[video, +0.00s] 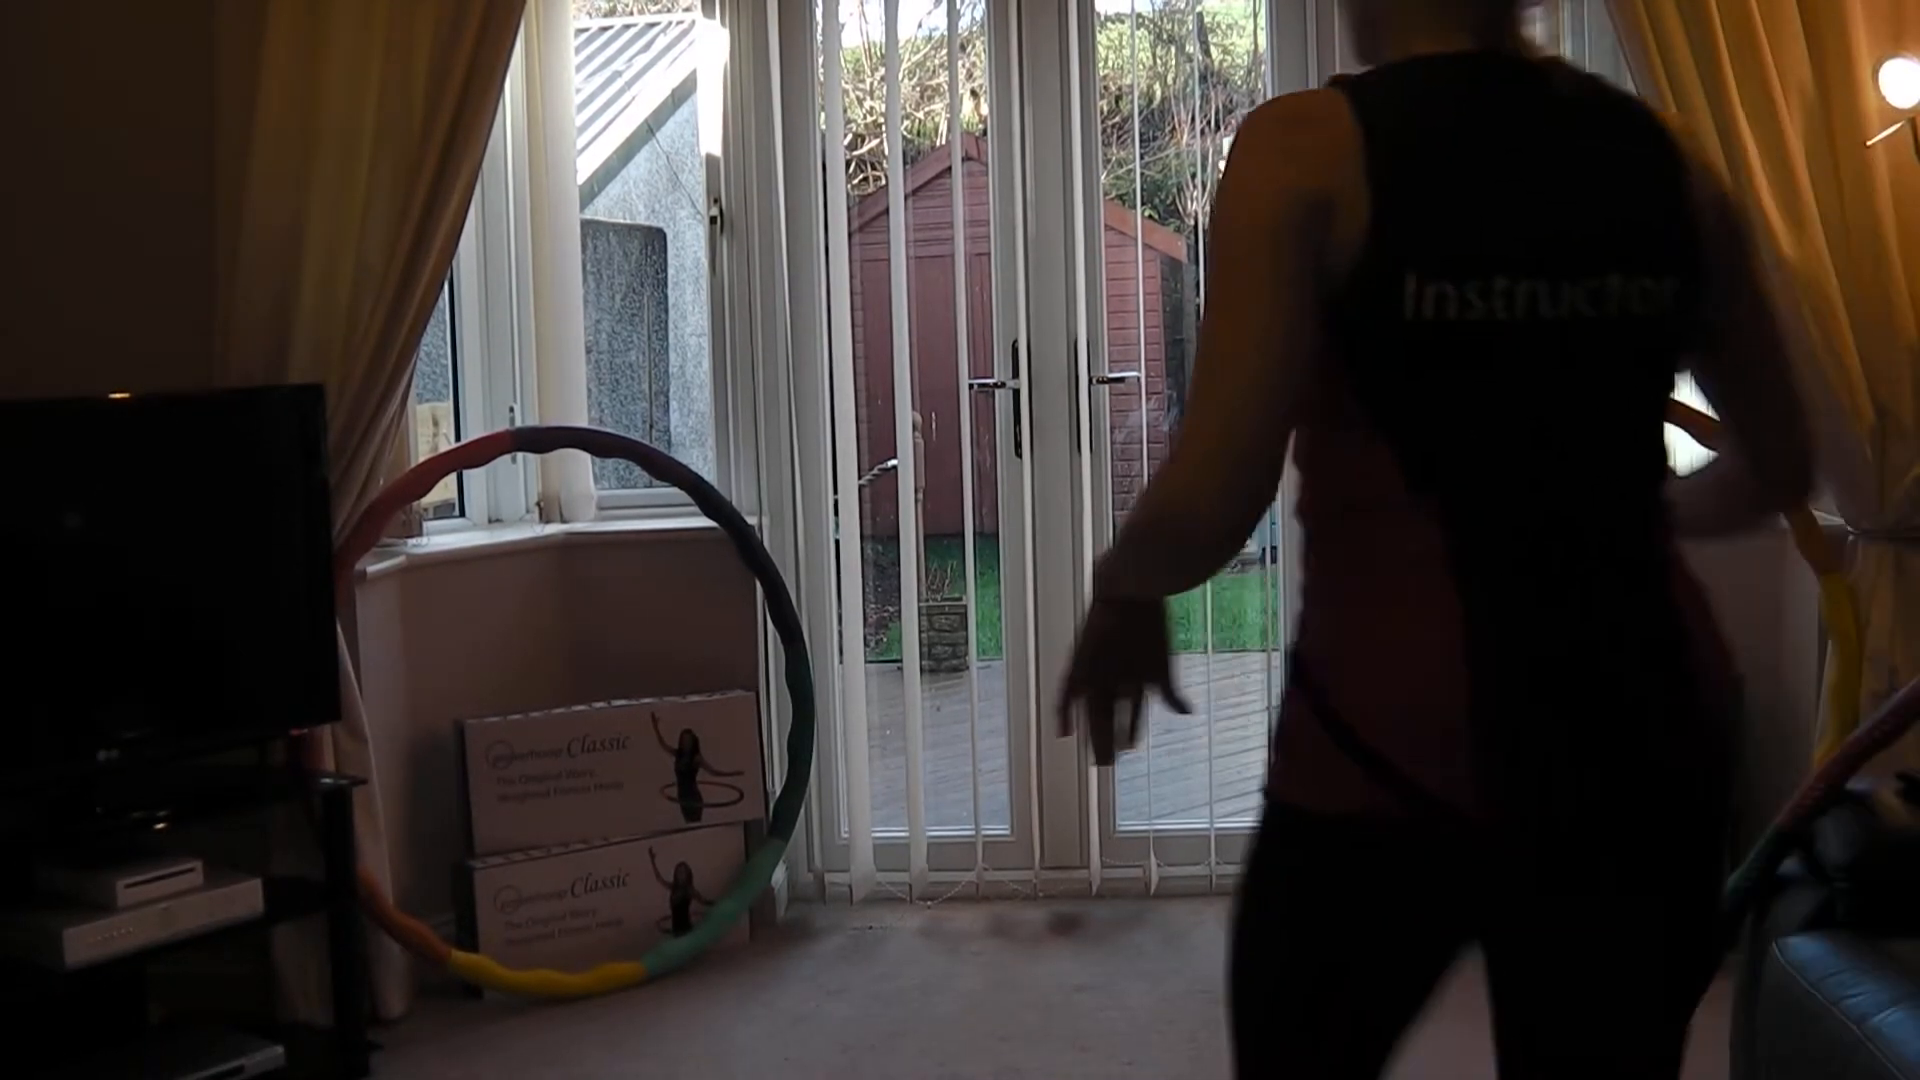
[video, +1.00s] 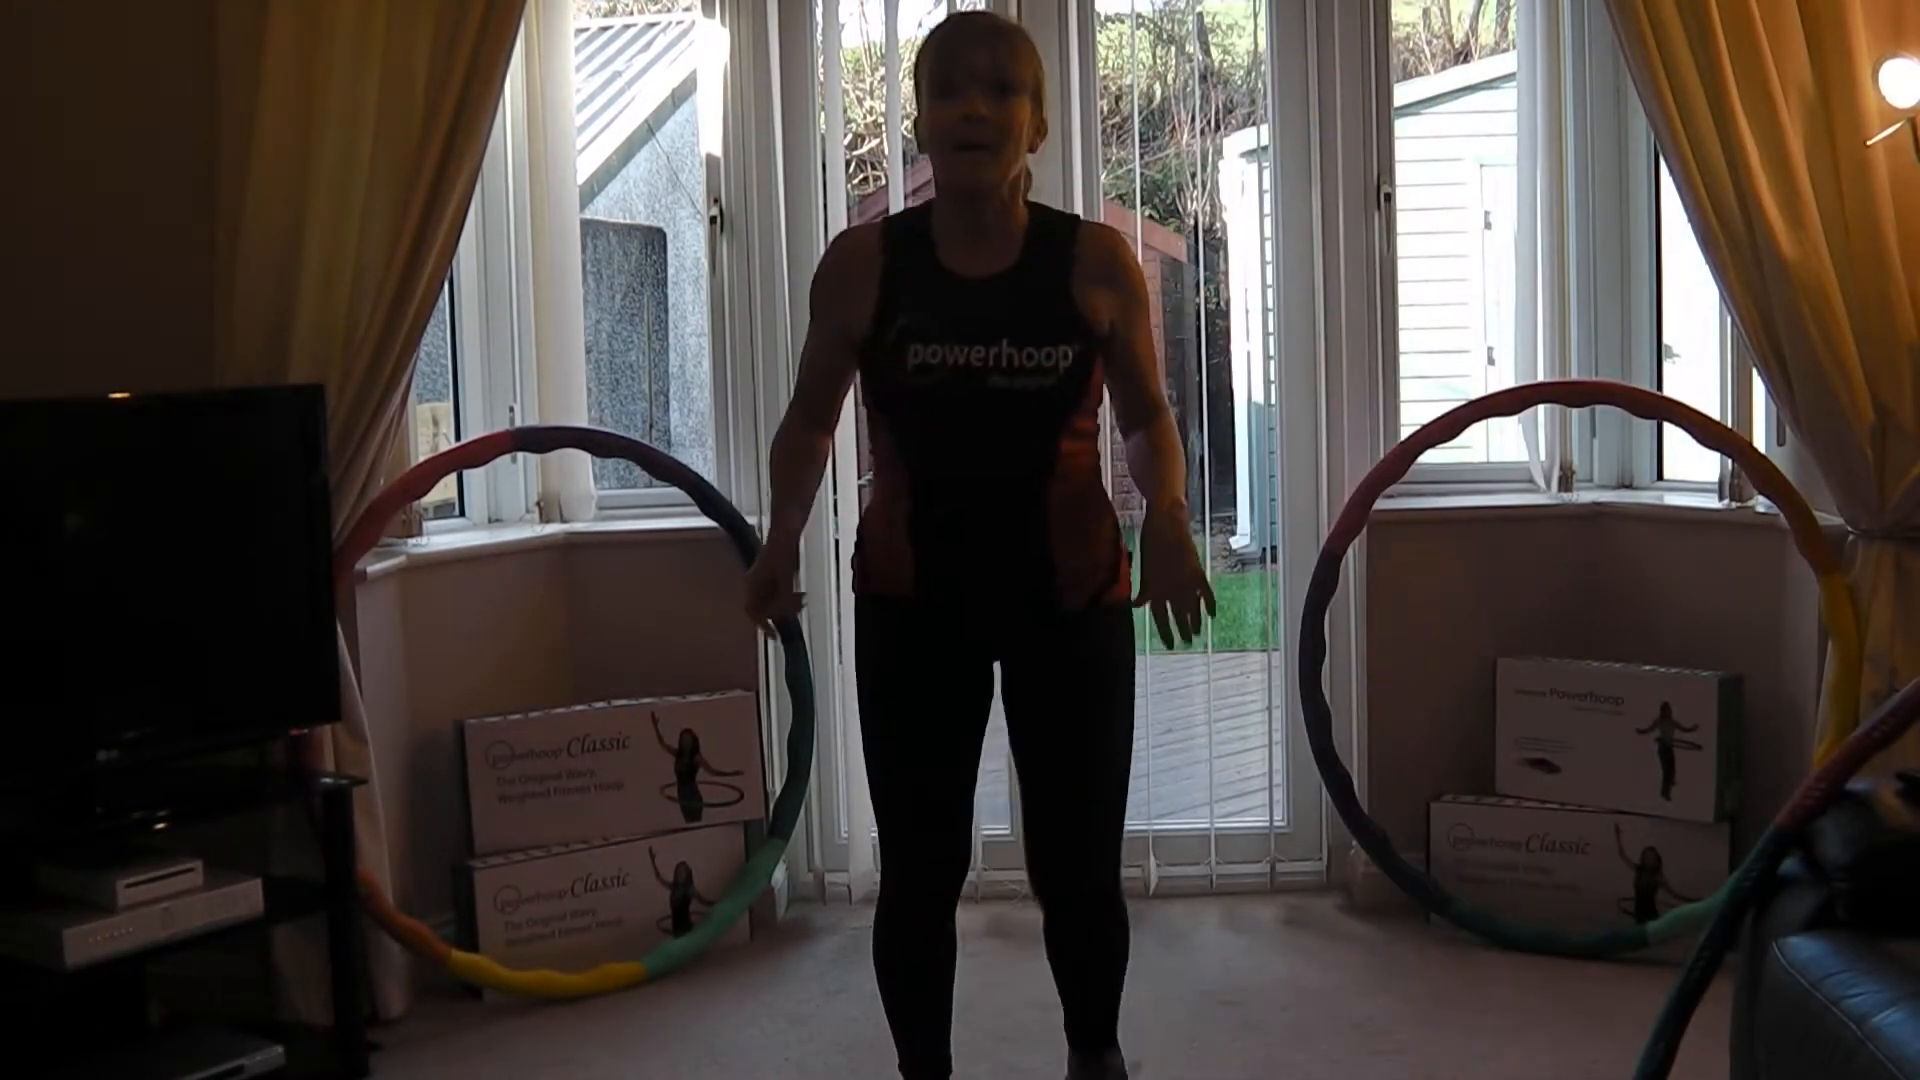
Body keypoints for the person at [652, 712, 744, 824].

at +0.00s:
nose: (684, 742)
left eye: (688, 739)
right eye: (683, 739)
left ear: (693, 742)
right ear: (680, 741)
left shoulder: (696, 758)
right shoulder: (678, 754)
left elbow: (713, 772)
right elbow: (662, 744)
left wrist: (733, 774)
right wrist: (655, 726)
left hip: (693, 794)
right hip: (682, 794)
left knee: (696, 827)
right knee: (690, 827)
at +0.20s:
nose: (685, 741)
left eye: (688, 739)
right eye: (683, 739)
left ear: (693, 741)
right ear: (680, 741)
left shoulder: (696, 757)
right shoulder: (678, 754)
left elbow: (712, 772)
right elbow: (662, 744)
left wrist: (732, 774)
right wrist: (655, 726)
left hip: (693, 794)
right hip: (682, 794)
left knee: (696, 827)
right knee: (691, 827)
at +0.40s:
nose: (685, 742)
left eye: (688, 739)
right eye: (683, 739)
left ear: (693, 742)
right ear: (680, 741)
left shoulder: (696, 757)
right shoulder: (678, 755)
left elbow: (713, 772)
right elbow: (662, 743)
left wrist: (732, 773)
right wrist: (655, 726)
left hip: (693, 795)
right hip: (682, 795)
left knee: (696, 828)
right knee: (691, 828)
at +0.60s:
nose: (685, 742)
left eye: (688, 739)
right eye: (683, 739)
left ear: (693, 742)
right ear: (680, 741)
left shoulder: (696, 757)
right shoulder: (678, 754)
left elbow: (712, 772)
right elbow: (662, 744)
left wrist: (732, 774)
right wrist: (655, 726)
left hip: (693, 795)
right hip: (682, 795)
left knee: (695, 829)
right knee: (691, 829)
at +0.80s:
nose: (685, 742)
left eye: (688, 739)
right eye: (683, 739)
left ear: (693, 742)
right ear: (680, 741)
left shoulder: (696, 757)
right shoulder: (678, 754)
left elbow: (712, 772)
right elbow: (662, 744)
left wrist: (732, 774)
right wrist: (655, 726)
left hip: (693, 795)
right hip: (682, 795)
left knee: (695, 829)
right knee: (691, 829)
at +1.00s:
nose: (685, 742)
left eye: (688, 739)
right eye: (683, 739)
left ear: (693, 742)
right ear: (680, 741)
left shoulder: (696, 757)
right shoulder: (678, 754)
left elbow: (712, 772)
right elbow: (662, 744)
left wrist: (732, 774)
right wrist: (655, 726)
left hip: (693, 795)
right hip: (682, 795)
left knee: (696, 828)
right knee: (690, 829)